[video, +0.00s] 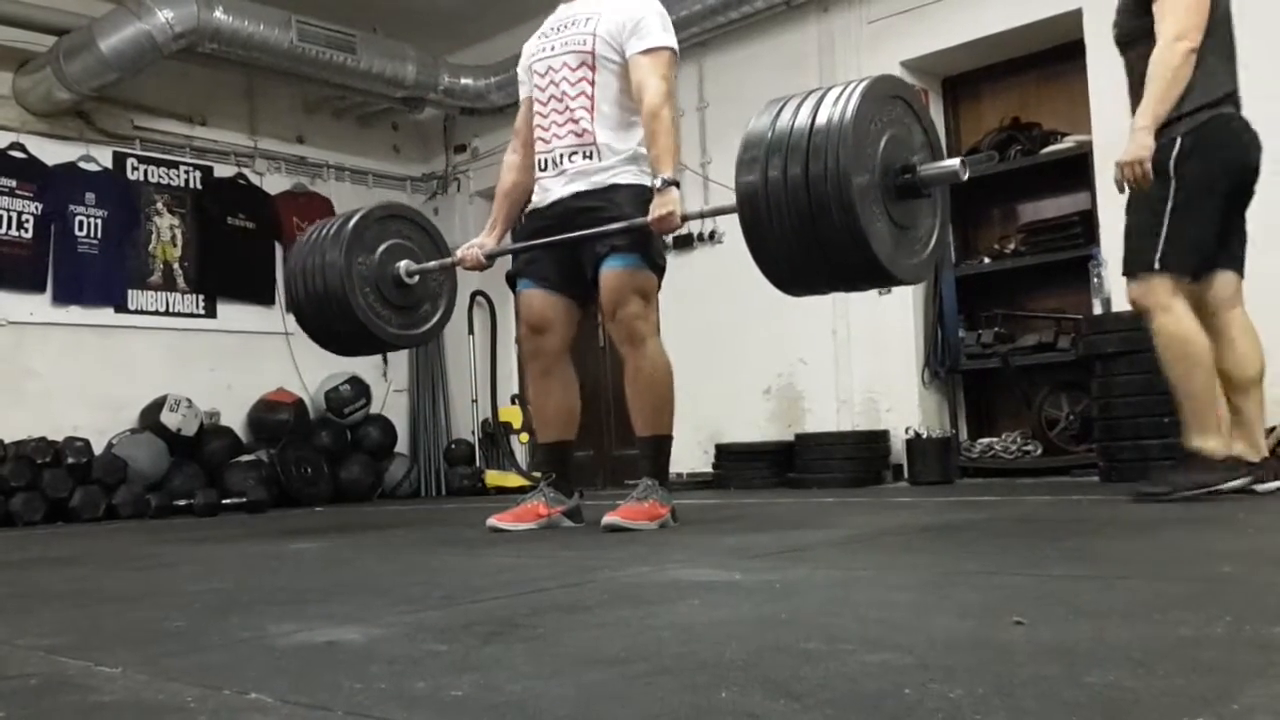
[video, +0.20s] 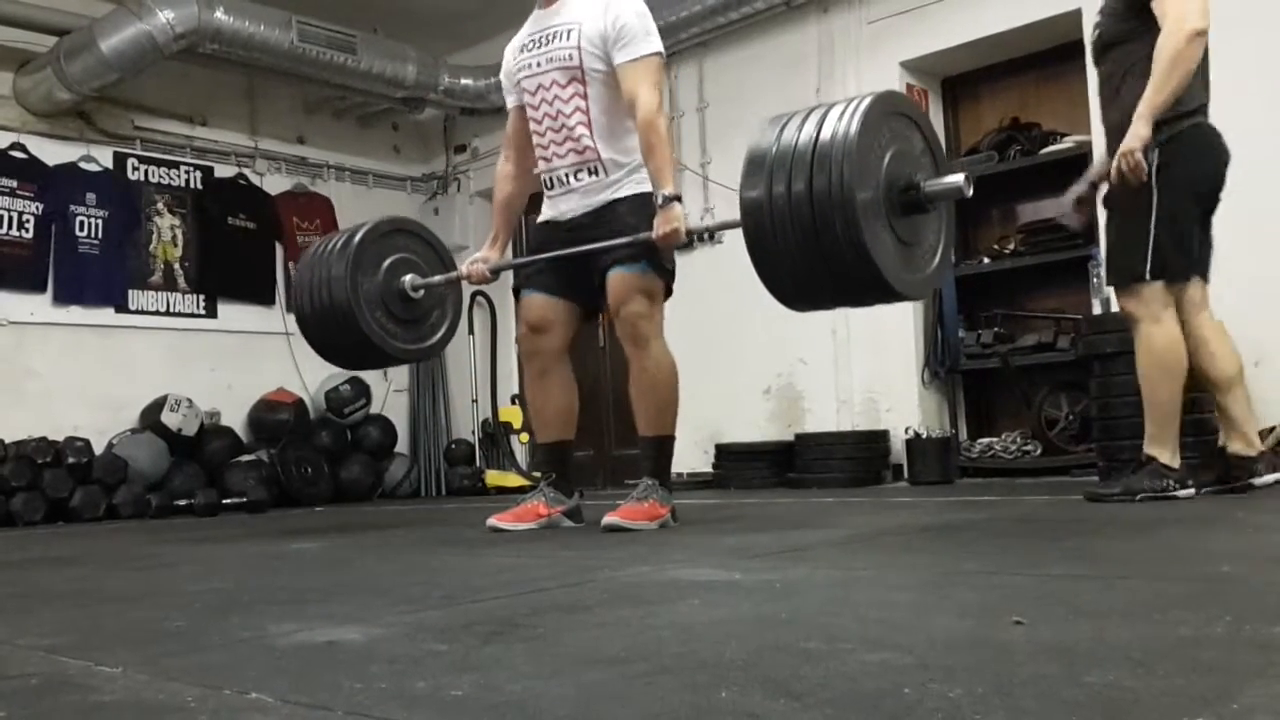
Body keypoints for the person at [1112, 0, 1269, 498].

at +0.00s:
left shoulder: (1177, 1)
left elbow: (1181, 44)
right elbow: (1180, 50)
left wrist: (1141, 131)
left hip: (1190, 136)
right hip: (1222, 132)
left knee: (1154, 291)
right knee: (1220, 299)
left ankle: (1208, 453)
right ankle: (1250, 454)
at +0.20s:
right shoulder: (1126, 11)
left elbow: (1189, 27)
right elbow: (1135, 90)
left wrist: (1141, 122)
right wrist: (1108, 167)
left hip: (1165, 148)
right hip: (1181, 146)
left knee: (1146, 302)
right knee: (1192, 305)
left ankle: (1162, 462)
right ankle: (1245, 450)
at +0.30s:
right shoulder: (1109, 11)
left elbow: (1192, 17)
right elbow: (1124, 95)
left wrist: (1147, 116)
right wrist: (1079, 162)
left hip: (1156, 144)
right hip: (1131, 152)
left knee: (1153, 300)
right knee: (1129, 305)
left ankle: (1162, 464)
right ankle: (1235, 437)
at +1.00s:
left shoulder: (1168, 6)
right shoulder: (1084, 46)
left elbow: (1243, 61)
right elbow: (1066, 122)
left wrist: (1185, 146)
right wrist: (1073, 159)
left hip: (1170, 183)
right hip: (1114, 195)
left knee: (1178, 307)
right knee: (1145, 322)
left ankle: (1201, 454)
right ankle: (1179, 457)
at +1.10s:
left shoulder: (1175, 8)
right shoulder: (1086, 46)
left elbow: (1254, 61)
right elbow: (1064, 125)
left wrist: (1199, 144)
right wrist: (1076, 160)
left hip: (1180, 187)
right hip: (1119, 199)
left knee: (1206, 309)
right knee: (1151, 323)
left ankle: (1252, 450)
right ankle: (1184, 459)